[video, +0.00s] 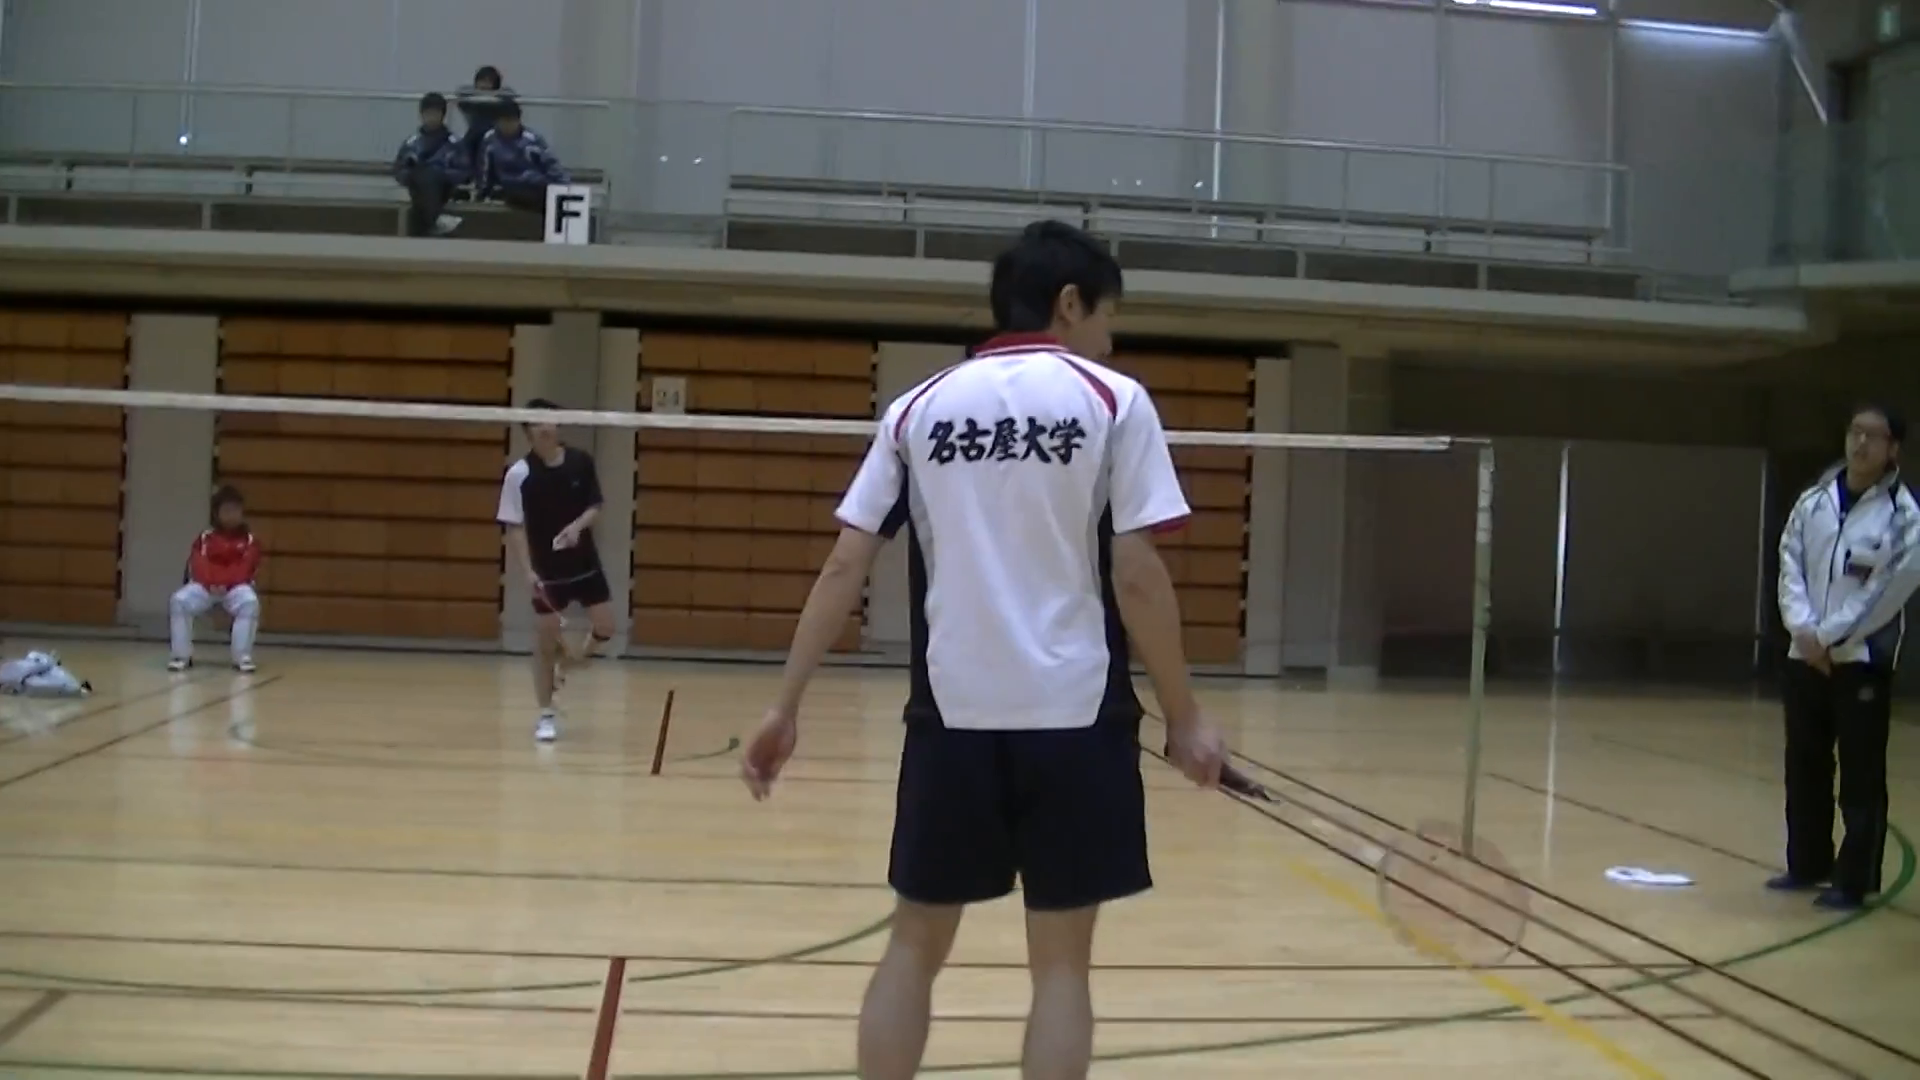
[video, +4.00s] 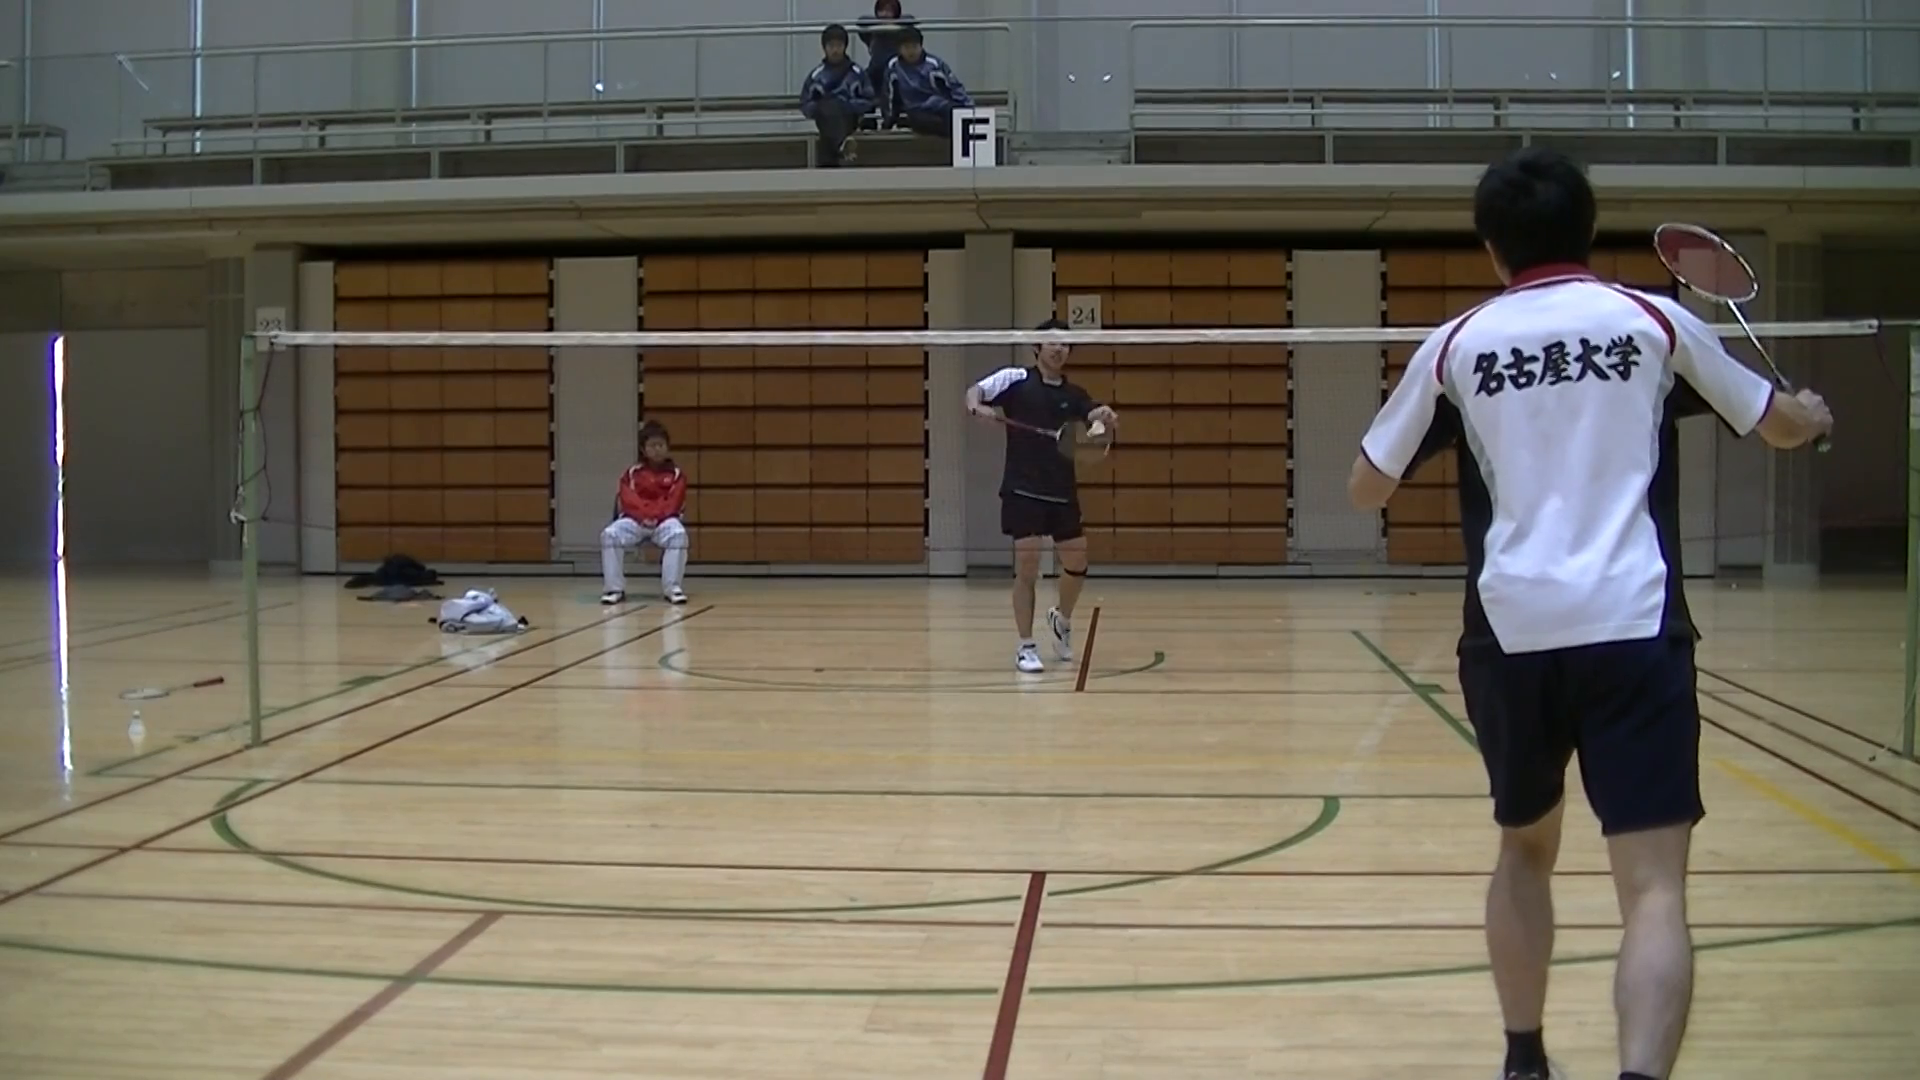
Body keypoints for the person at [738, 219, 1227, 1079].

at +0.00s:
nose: (1108, 337)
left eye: (1111, 318)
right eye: (1105, 316)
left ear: (1006, 306)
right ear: (1066, 305)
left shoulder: (917, 407)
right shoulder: (1113, 400)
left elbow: (844, 565)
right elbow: (1137, 570)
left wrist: (784, 707)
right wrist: (1185, 717)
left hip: (949, 731)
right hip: (1074, 732)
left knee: (910, 949)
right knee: (1061, 966)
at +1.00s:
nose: (1506, 173)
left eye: (1503, 159)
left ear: (1508, 165)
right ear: (1613, 158)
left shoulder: (1458, 264)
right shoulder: (1686, 250)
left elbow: (1437, 458)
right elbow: (1735, 429)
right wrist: (1726, 550)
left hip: (1505, 604)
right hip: (1645, 606)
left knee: (1440, 842)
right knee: (1659, 872)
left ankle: (1388, 1058)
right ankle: (1663, 1078)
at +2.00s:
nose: (1542, 182)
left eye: (1538, 169)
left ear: (1541, 178)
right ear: (1651, 173)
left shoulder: (1485, 298)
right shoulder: (1726, 299)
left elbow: (1453, 500)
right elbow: (1769, 498)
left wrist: (1504, 587)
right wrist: (1767, 654)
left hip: (1528, 665)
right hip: (1668, 669)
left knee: (1545, 905)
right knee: (1661, 934)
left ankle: (1542, 1077)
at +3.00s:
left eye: (1486, 238)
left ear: (1487, 248)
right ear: (1584, 234)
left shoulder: (1450, 347)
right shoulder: (1649, 321)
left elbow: (1364, 486)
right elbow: (1780, 424)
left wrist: (1409, 419)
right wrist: (1815, 411)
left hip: (1501, 636)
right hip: (1624, 629)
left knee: (1531, 849)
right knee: (1649, 883)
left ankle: (1526, 1061)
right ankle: (1637, 1075)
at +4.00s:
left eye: (1486, 238)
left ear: (1490, 247)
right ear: (1588, 234)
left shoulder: (1454, 346)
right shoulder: (1654, 320)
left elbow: (1367, 488)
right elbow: (1781, 425)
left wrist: (1415, 410)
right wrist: (1813, 413)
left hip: (1507, 637)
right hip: (1635, 630)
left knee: (1523, 849)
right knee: (1652, 886)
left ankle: (1522, 1059)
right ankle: (1642, 1075)